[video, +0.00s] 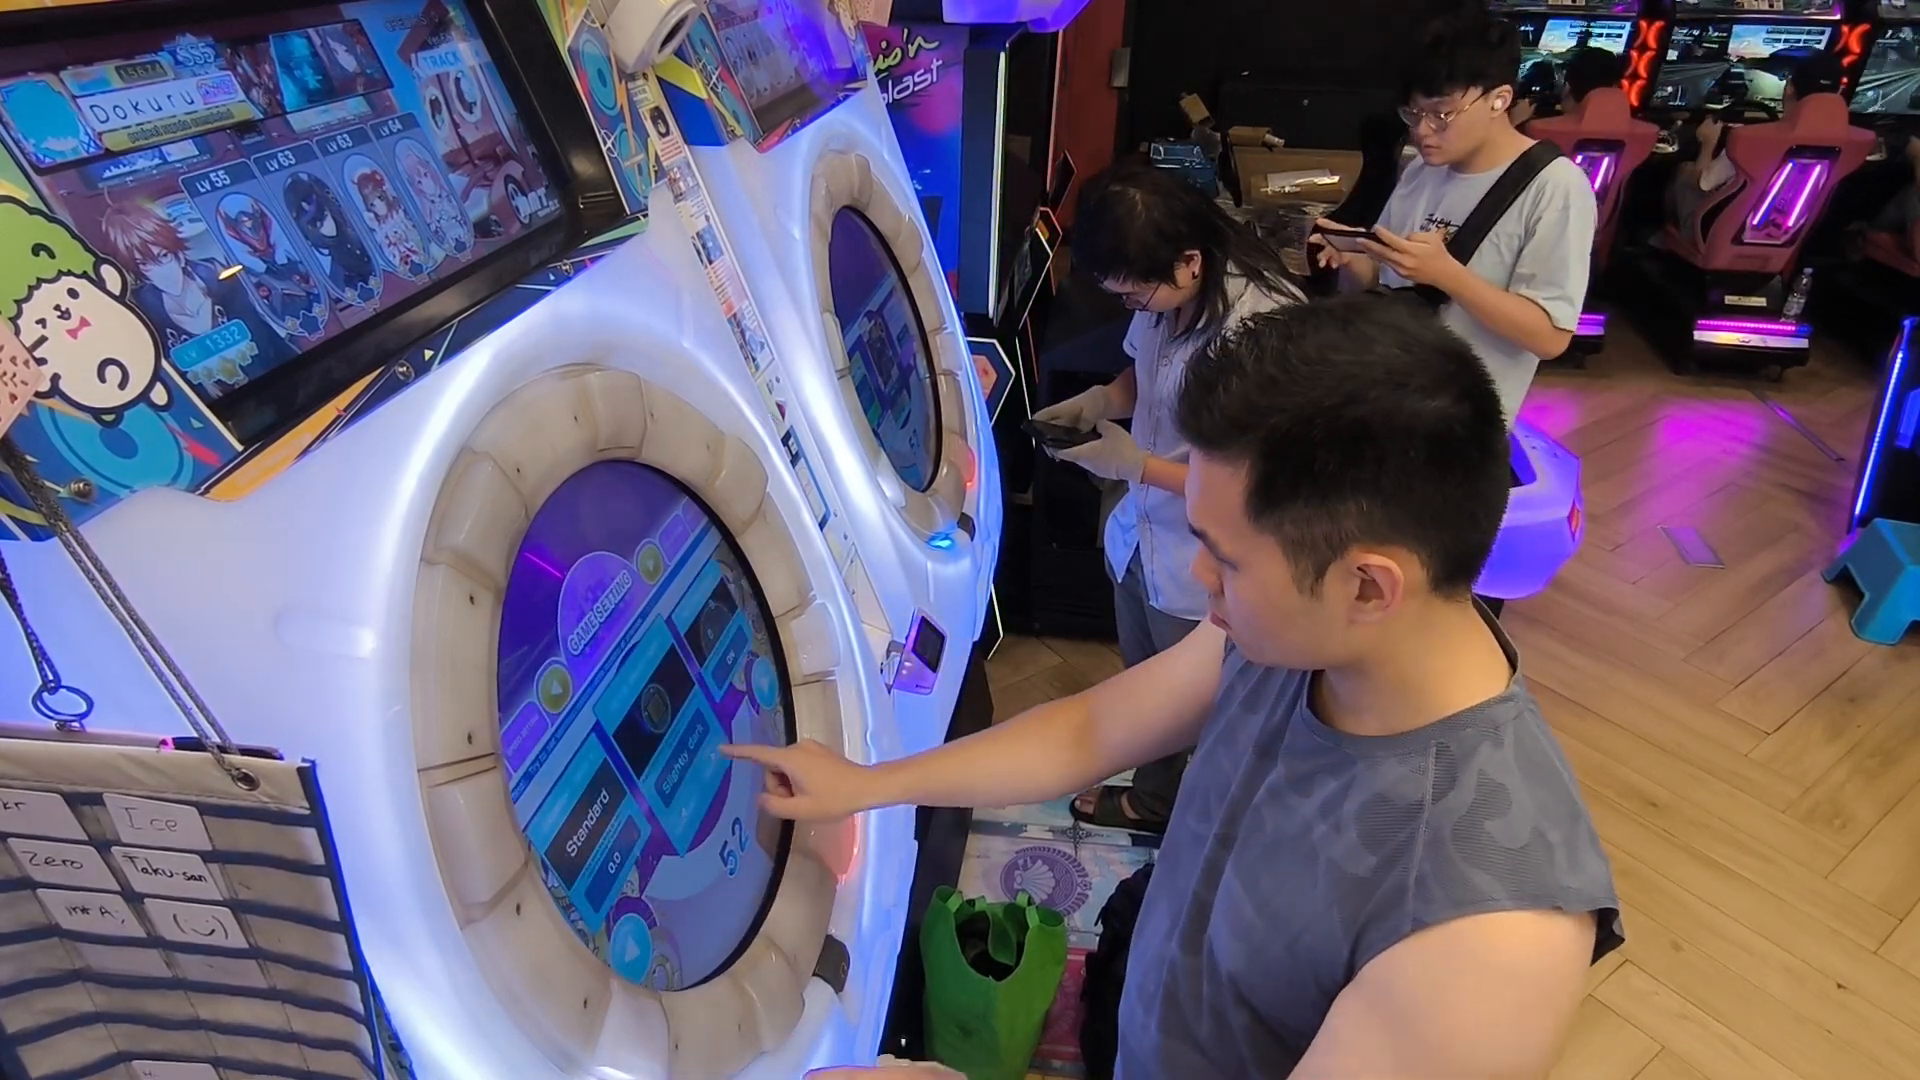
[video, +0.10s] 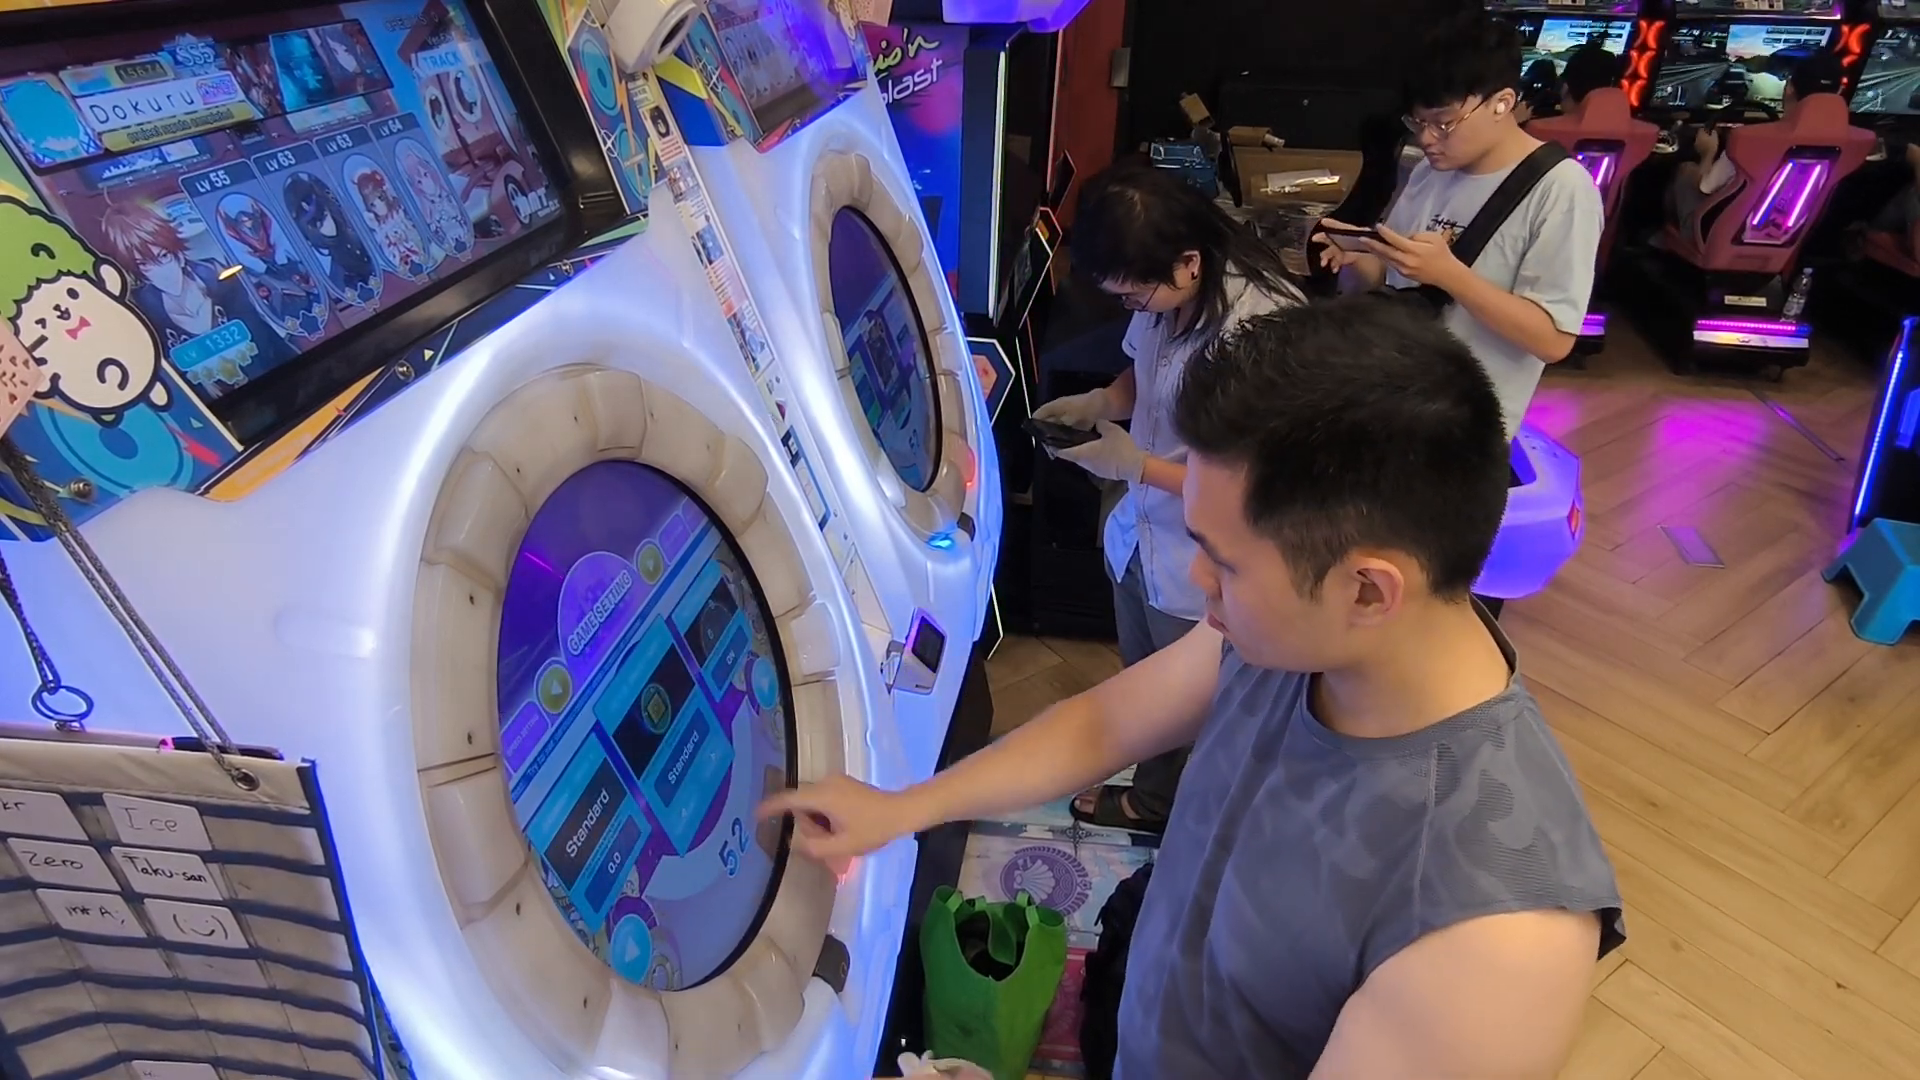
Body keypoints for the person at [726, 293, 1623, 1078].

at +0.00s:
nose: (1194, 577)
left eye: (1223, 556)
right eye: (1200, 539)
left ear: (1373, 589)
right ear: (1371, 583)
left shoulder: (1490, 909)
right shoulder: (1295, 630)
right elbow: (1089, 732)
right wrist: (871, 783)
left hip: (1203, 1073)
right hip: (1132, 1011)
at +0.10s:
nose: (1191, 579)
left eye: (1222, 561)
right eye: (1198, 544)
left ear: (1370, 593)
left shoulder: (1494, 918)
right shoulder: (1296, 626)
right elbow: (1101, 726)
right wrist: (904, 805)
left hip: (1208, 1075)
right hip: (1131, 1002)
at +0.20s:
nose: (1188, 580)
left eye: (1212, 564)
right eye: (1192, 546)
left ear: (1366, 595)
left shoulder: (1502, 926)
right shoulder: (1287, 632)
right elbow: (1129, 714)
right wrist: (972, 837)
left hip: (1209, 1076)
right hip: (1131, 997)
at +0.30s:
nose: (1184, 584)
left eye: (1210, 569)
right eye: (1188, 553)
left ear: (1357, 595)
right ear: (1353, 594)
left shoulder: (1505, 927)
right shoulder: (1284, 637)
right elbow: (1146, 719)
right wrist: (998, 850)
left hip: (1215, 1074)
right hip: (1127, 1016)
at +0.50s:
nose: (1164, 582)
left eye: (1188, 566)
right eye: (1165, 550)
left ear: (1331, 589)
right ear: (1329, 591)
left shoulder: (1501, 925)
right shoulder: (1288, 642)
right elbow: (1165, 748)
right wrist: (1000, 843)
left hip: (1213, 1073)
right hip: (1140, 984)